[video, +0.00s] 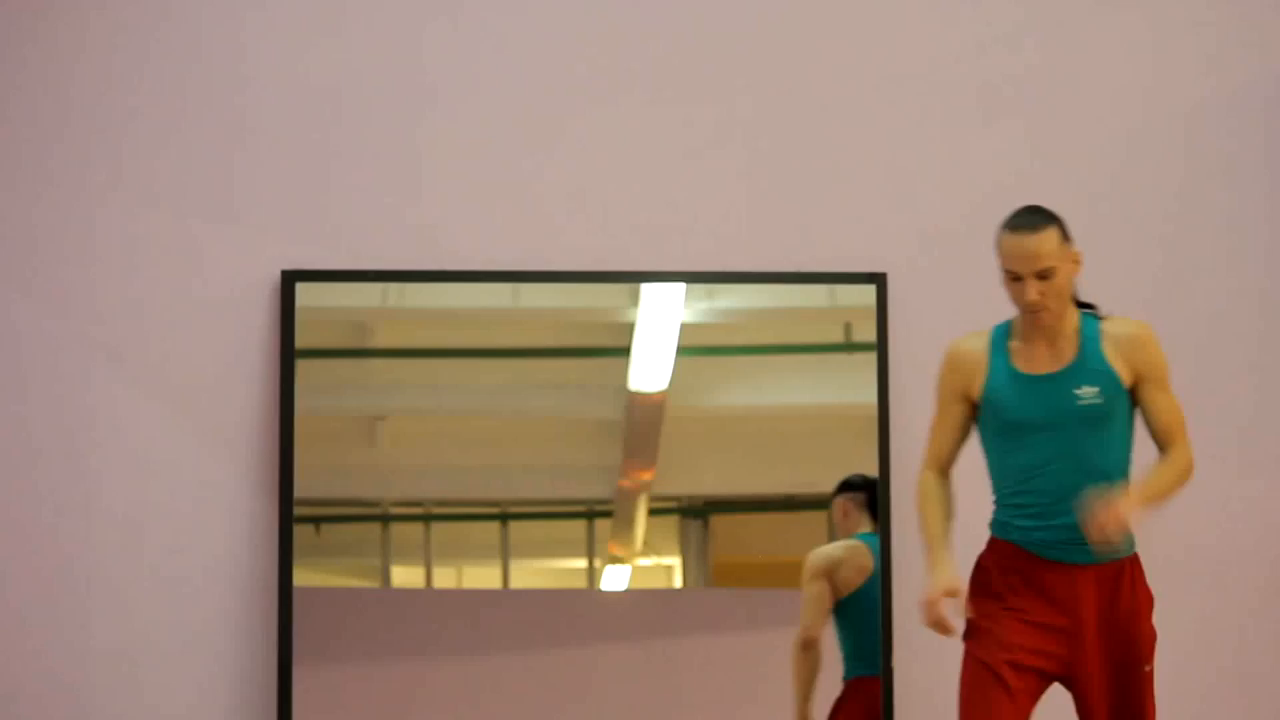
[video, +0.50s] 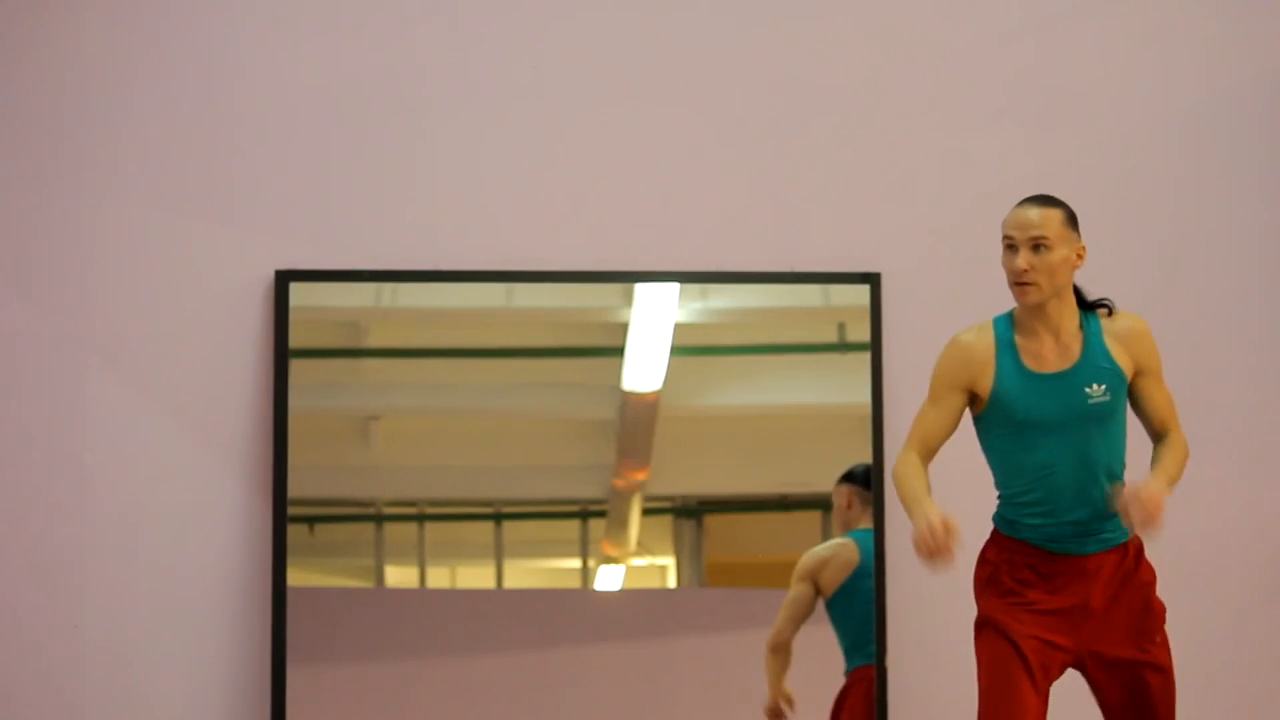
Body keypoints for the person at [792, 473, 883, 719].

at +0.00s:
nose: (834, 521)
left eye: (833, 513)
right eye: (832, 514)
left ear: (844, 508)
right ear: (878, 510)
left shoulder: (829, 558)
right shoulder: (907, 549)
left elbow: (809, 638)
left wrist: (803, 710)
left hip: (866, 697)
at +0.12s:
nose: (853, 514)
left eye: (853, 505)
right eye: (852, 506)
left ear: (864, 502)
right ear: (894, 499)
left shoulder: (842, 550)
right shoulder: (922, 543)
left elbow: (824, 628)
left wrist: (826, 703)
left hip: (875, 688)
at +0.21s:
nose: (851, 516)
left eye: (851, 508)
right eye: (850, 509)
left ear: (863, 503)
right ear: (893, 500)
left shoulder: (841, 551)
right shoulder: (924, 544)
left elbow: (816, 626)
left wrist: (814, 702)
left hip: (875, 690)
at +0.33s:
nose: (838, 518)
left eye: (839, 508)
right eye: (838, 509)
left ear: (852, 506)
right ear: (884, 507)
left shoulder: (830, 559)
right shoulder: (919, 549)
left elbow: (792, 634)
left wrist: (802, 708)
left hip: (870, 692)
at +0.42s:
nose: (834, 517)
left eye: (835, 508)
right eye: (833, 509)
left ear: (848, 505)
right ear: (880, 507)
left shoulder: (825, 560)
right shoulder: (912, 550)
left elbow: (784, 638)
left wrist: (790, 705)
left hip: (867, 690)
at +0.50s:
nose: (833, 513)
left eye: (834, 504)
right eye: (833, 505)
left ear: (848, 500)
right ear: (881, 502)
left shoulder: (824, 558)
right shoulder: (912, 548)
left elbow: (779, 640)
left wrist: (776, 690)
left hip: (868, 690)